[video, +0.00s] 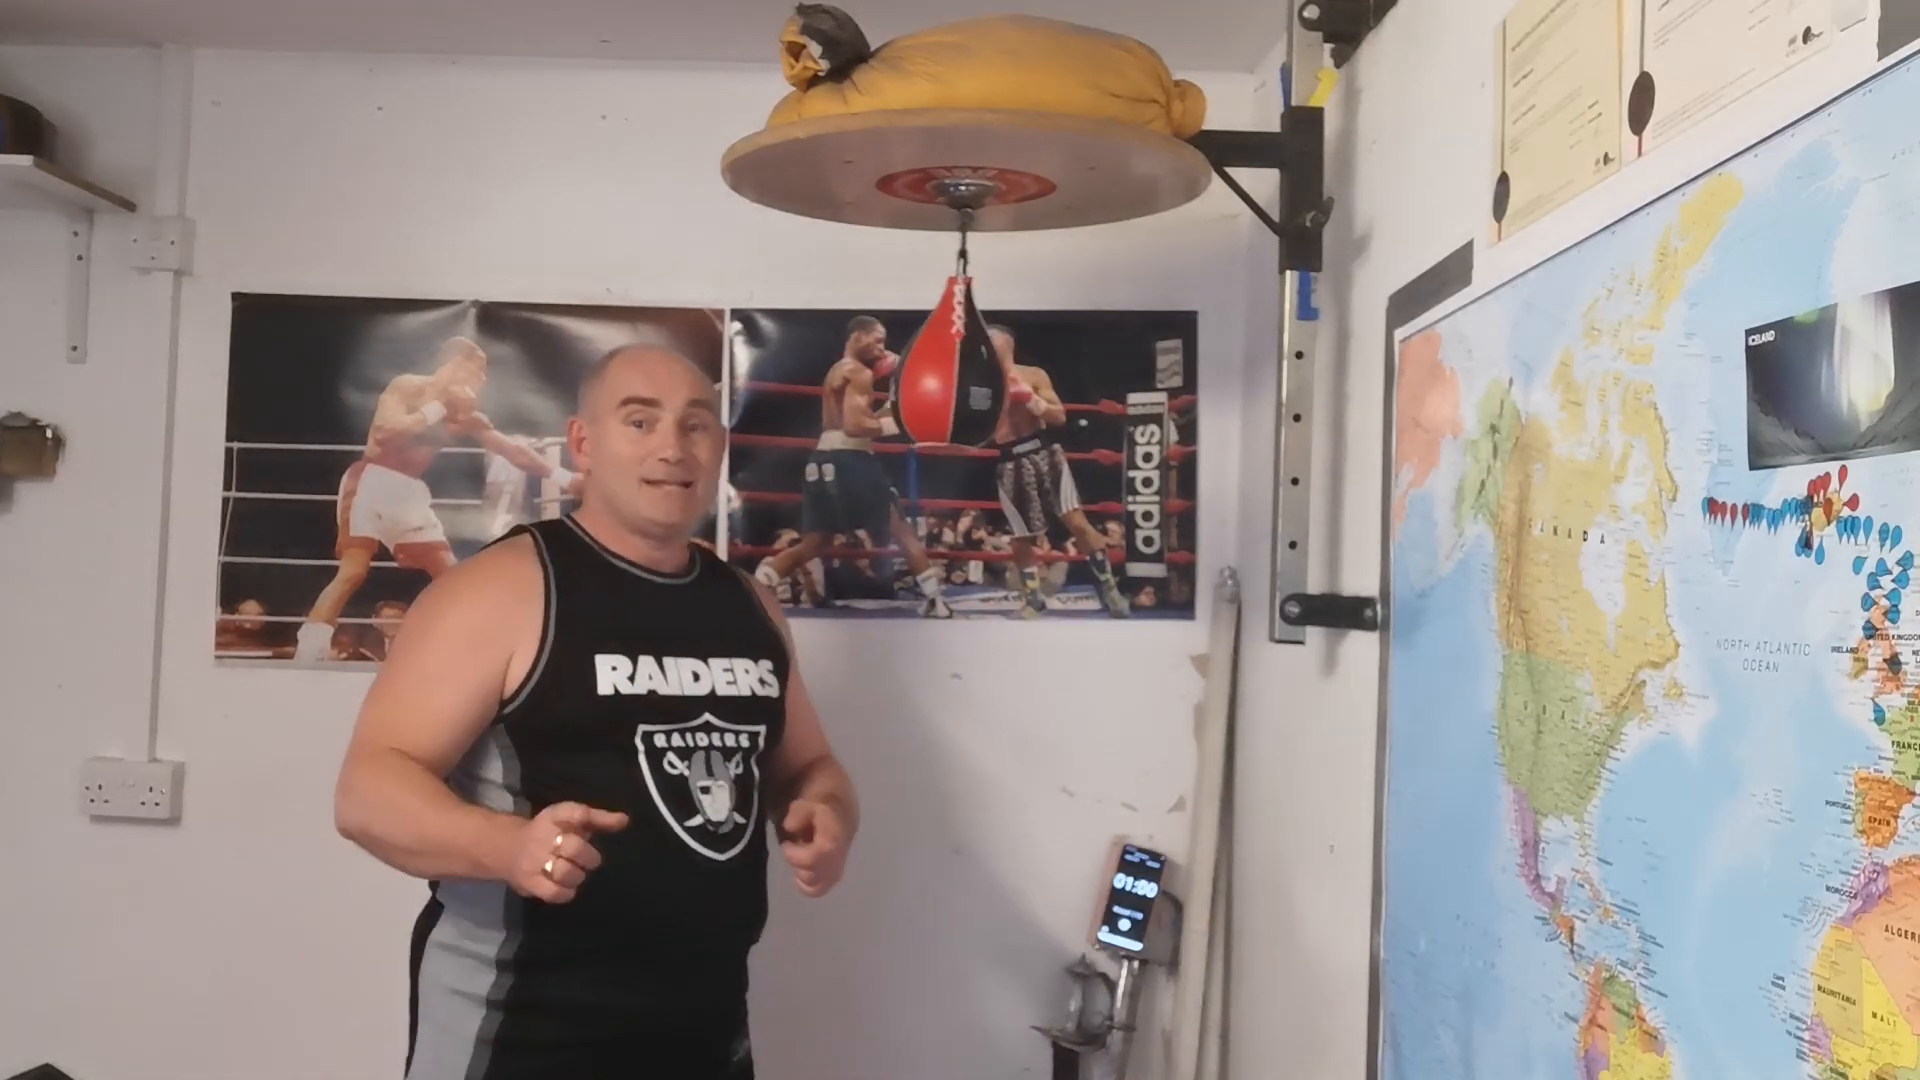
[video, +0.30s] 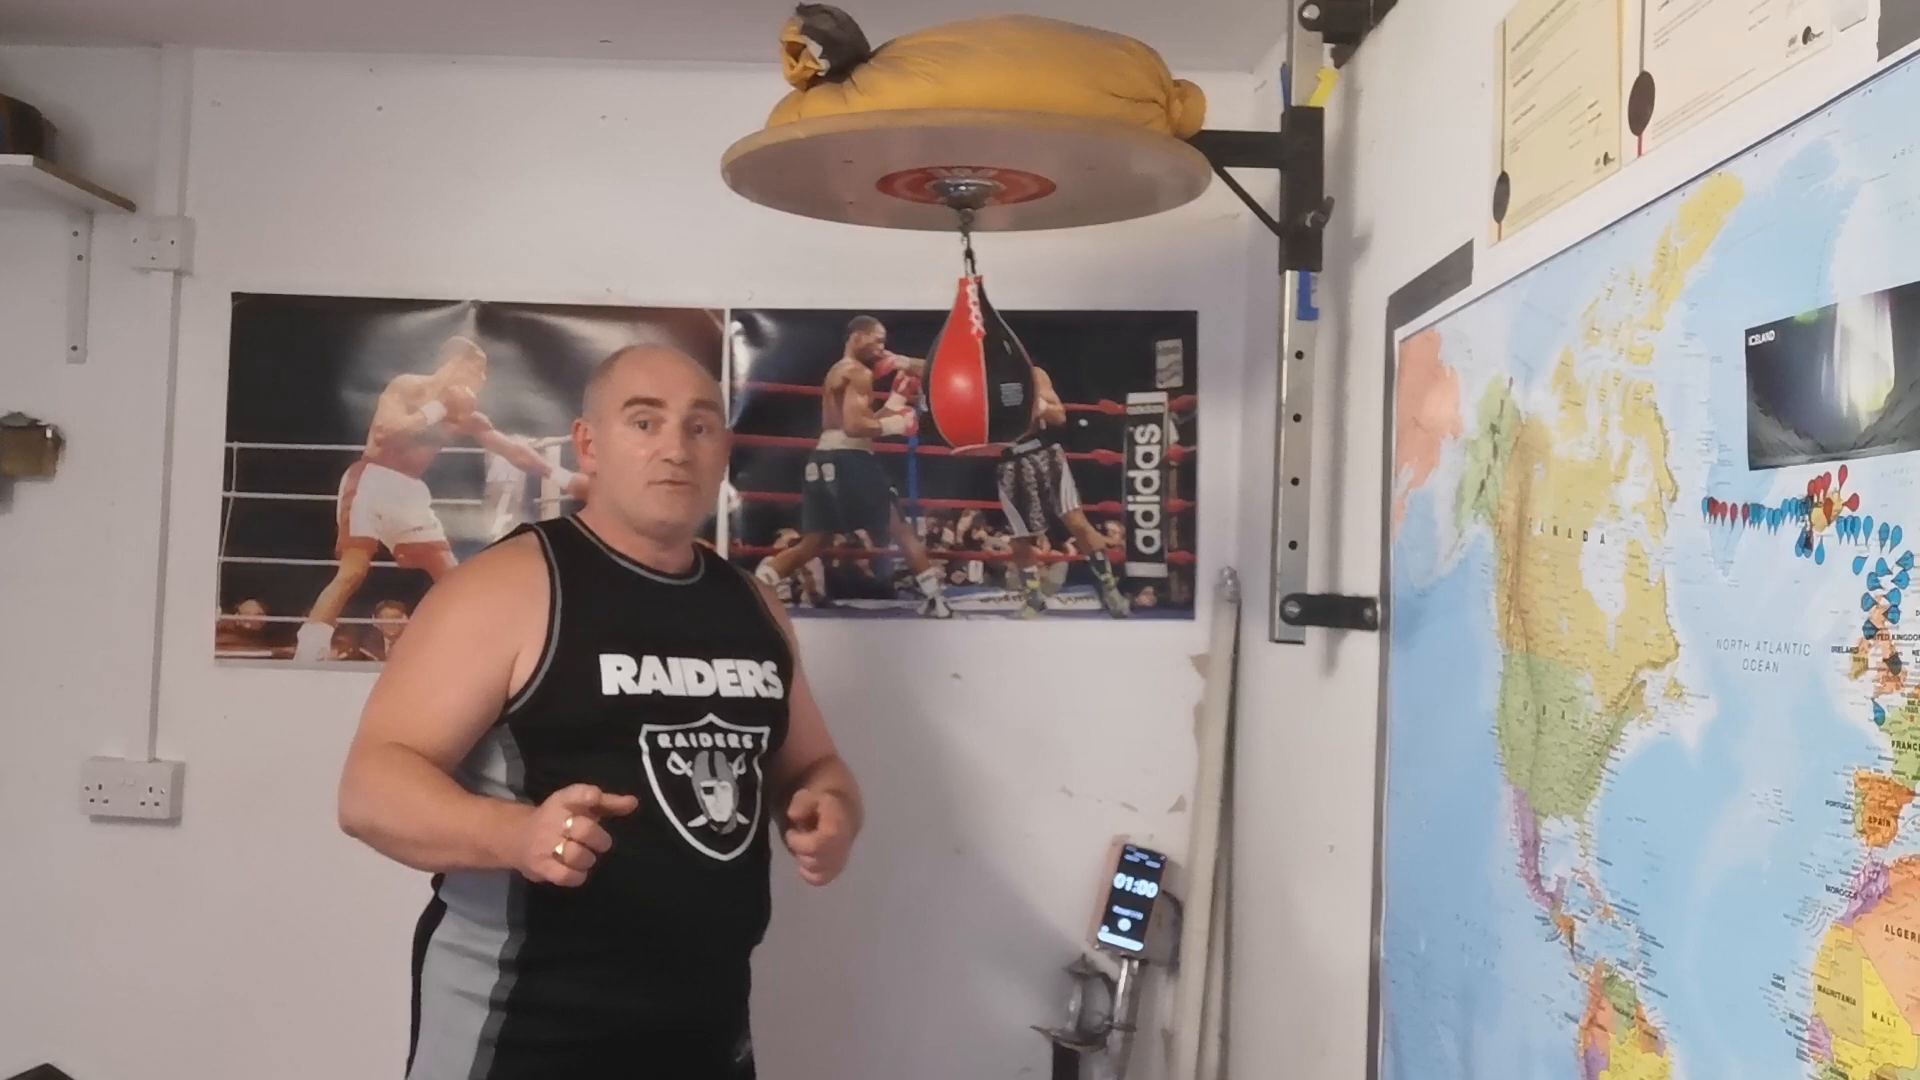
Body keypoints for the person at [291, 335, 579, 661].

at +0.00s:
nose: (476, 384)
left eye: (480, 377)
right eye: (472, 373)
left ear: (476, 380)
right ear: (451, 364)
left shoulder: (464, 413)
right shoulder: (404, 386)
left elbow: (511, 450)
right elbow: (383, 432)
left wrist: (563, 478)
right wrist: (432, 412)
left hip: (409, 492)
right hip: (369, 483)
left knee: (447, 572)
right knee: (353, 570)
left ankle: (460, 652)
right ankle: (307, 651)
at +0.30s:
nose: (474, 384)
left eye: (478, 378)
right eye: (469, 374)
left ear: (479, 382)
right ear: (449, 366)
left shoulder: (464, 416)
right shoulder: (405, 386)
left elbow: (511, 449)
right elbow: (383, 433)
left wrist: (563, 477)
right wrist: (435, 410)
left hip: (409, 493)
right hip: (367, 483)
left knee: (448, 574)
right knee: (353, 571)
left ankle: (460, 655)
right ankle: (305, 652)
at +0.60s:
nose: (472, 386)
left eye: (477, 379)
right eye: (468, 375)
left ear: (479, 384)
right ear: (449, 367)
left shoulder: (465, 417)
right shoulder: (405, 386)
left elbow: (511, 450)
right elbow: (384, 431)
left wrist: (563, 477)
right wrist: (434, 410)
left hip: (409, 493)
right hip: (367, 484)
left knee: (448, 574)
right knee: (353, 571)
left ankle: (461, 654)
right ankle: (306, 652)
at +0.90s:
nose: (474, 386)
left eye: (478, 379)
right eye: (470, 375)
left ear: (477, 382)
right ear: (451, 365)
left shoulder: (464, 415)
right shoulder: (405, 386)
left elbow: (511, 450)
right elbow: (384, 432)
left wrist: (564, 478)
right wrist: (436, 410)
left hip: (408, 493)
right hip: (367, 484)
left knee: (449, 574)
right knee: (352, 571)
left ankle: (460, 655)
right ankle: (305, 653)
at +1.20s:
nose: (475, 385)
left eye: (478, 378)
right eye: (471, 374)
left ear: (477, 381)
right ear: (450, 365)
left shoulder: (464, 416)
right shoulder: (405, 386)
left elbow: (511, 449)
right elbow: (384, 432)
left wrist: (563, 478)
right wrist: (436, 409)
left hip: (408, 492)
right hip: (367, 483)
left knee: (449, 574)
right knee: (353, 570)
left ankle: (463, 654)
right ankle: (306, 651)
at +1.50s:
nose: (476, 384)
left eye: (479, 377)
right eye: (472, 374)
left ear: (476, 380)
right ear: (451, 365)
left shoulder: (464, 415)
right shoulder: (404, 386)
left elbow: (511, 449)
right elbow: (383, 433)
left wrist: (563, 478)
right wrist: (436, 409)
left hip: (408, 492)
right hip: (367, 483)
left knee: (448, 573)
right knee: (353, 570)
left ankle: (461, 654)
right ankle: (306, 652)